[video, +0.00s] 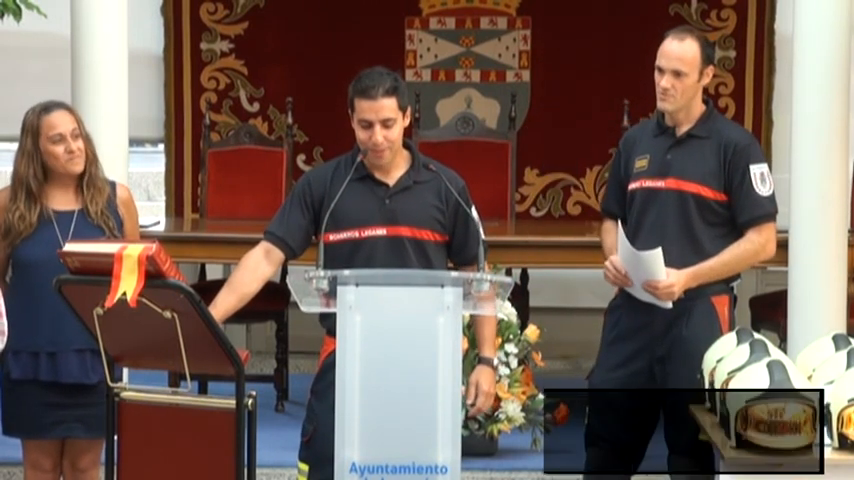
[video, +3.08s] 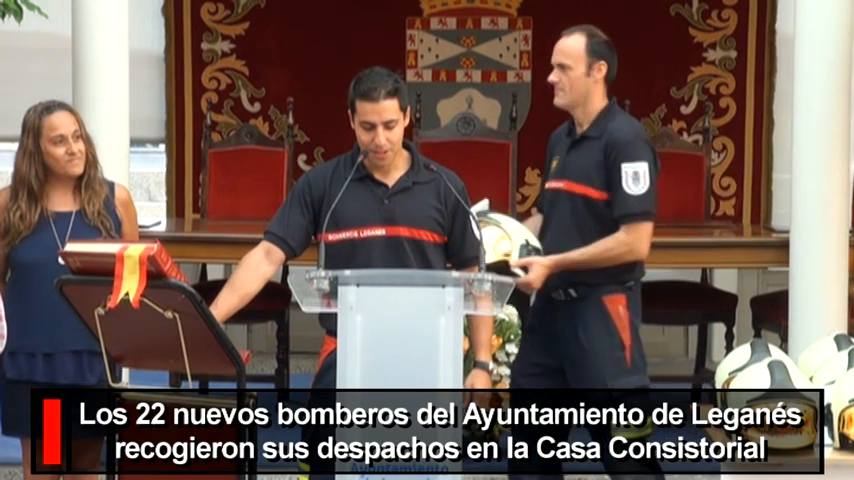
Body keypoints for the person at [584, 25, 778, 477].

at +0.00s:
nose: (663, 83)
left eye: (677, 73)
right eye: (659, 70)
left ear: (706, 77)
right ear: (653, 71)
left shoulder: (736, 145)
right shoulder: (634, 140)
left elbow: (763, 243)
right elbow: (612, 216)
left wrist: (687, 278)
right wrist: (613, 256)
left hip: (696, 333)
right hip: (629, 327)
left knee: (692, 466)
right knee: (605, 464)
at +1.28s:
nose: (686, 96)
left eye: (696, 85)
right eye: (677, 84)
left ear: (709, 81)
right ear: (659, 77)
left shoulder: (739, 144)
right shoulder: (628, 141)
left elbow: (773, 231)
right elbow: (606, 220)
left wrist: (732, 280)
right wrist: (618, 275)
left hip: (701, 317)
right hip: (632, 314)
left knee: (694, 450)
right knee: (609, 444)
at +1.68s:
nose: (682, 115)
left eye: (693, 103)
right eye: (672, 103)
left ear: (709, 94)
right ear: (657, 94)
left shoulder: (743, 151)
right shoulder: (627, 153)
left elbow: (764, 240)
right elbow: (630, 249)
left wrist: (773, 318)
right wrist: (659, 328)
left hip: (708, 313)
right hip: (635, 309)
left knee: (700, 448)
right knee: (609, 445)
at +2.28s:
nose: (639, 125)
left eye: (649, 112)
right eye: (630, 113)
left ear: (675, 101)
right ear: (621, 107)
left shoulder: (722, 150)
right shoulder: (604, 164)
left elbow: (758, 224)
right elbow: (601, 251)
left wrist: (726, 275)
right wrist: (631, 321)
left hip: (698, 312)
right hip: (625, 312)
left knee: (692, 446)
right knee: (601, 438)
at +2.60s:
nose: (623, 106)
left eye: (632, 94)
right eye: (616, 94)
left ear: (664, 86)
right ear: (610, 90)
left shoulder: (711, 146)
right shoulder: (597, 149)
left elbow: (748, 228)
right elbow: (585, 227)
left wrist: (686, 261)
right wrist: (579, 280)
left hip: (682, 321)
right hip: (610, 322)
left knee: (685, 454)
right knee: (583, 451)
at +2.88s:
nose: (585, 85)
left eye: (596, 75)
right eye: (584, 75)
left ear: (631, 74)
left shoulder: (674, 143)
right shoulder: (584, 141)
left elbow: (697, 241)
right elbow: (572, 225)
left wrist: (616, 263)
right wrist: (541, 247)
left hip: (646, 314)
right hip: (584, 313)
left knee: (659, 454)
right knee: (553, 450)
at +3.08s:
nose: (551, 78)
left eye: (562, 69)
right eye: (551, 68)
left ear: (598, 72)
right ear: (585, 71)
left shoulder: (625, 138)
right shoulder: (560, 138)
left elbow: (636, 243)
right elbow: (549, 211)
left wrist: (553, 263)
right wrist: (509, 238)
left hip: (601, 308)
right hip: (548, 307)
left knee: (625, 451)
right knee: (530, 445)